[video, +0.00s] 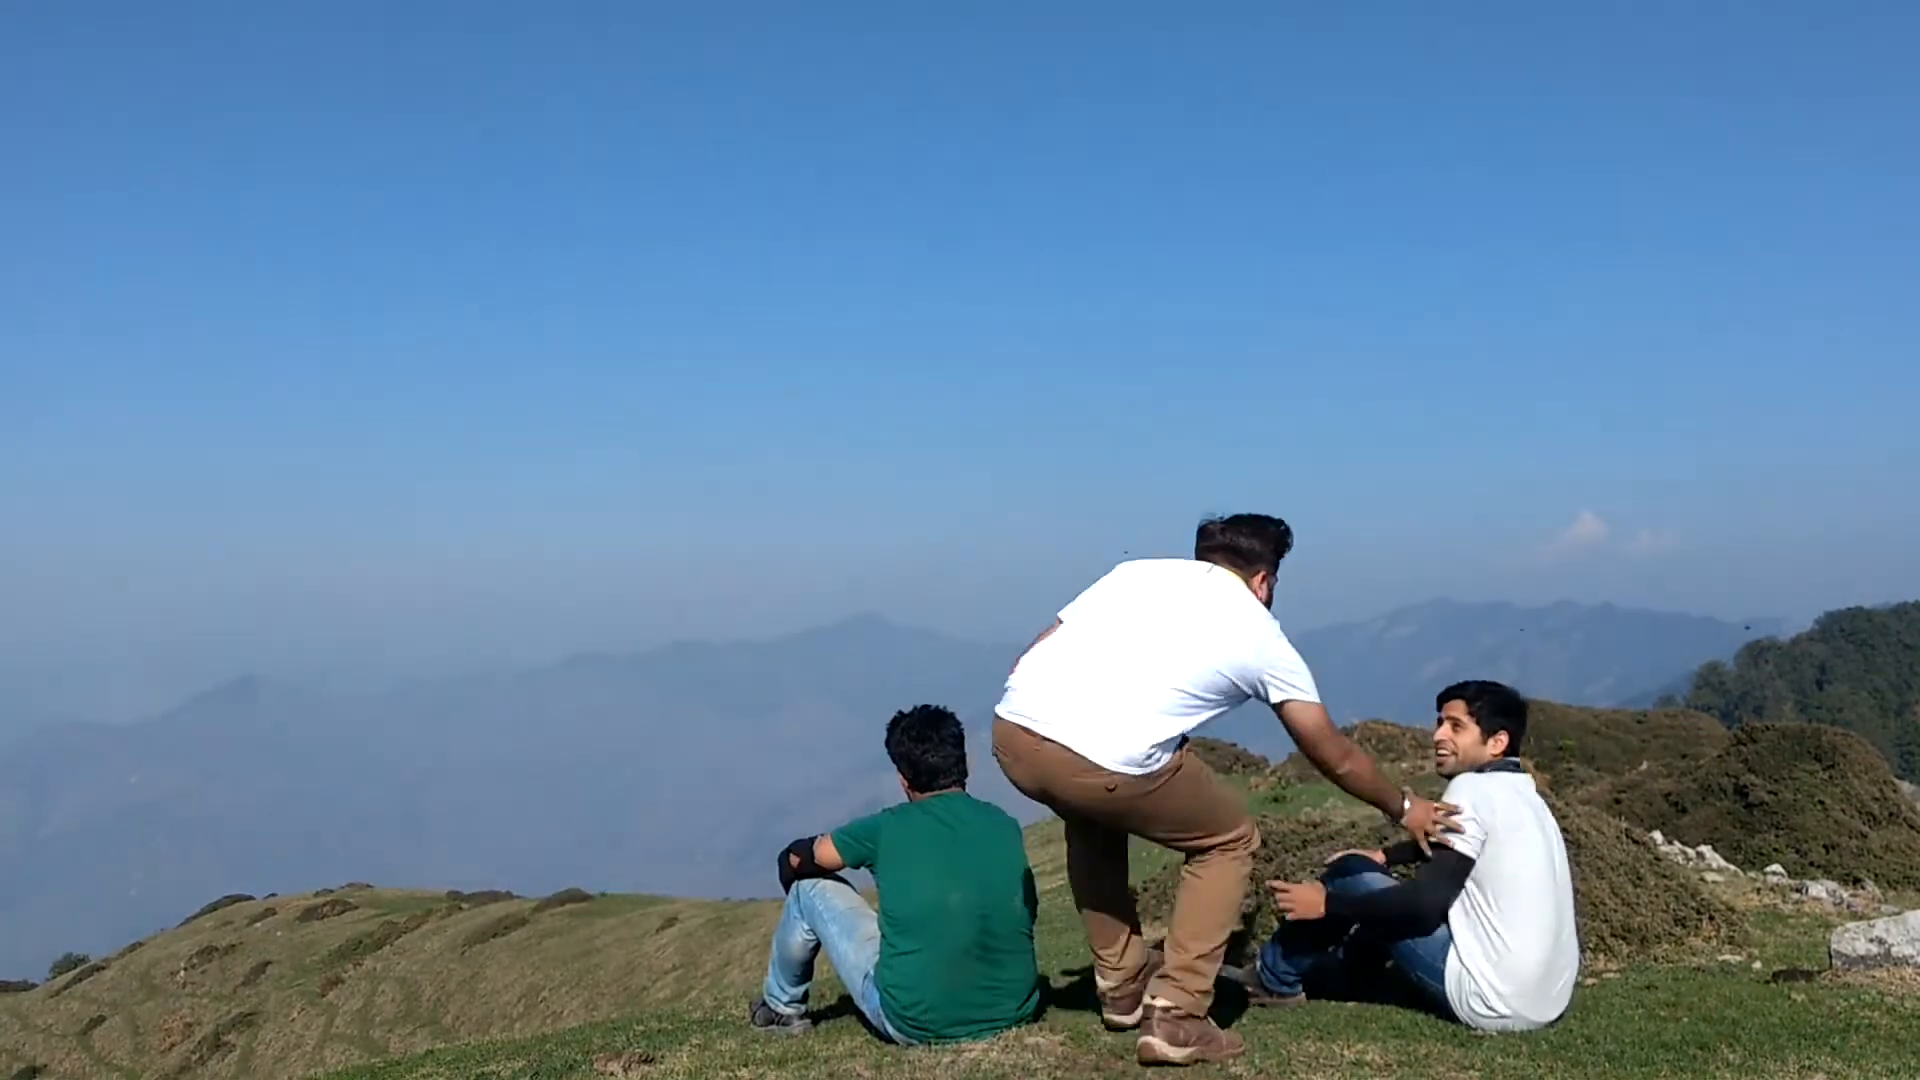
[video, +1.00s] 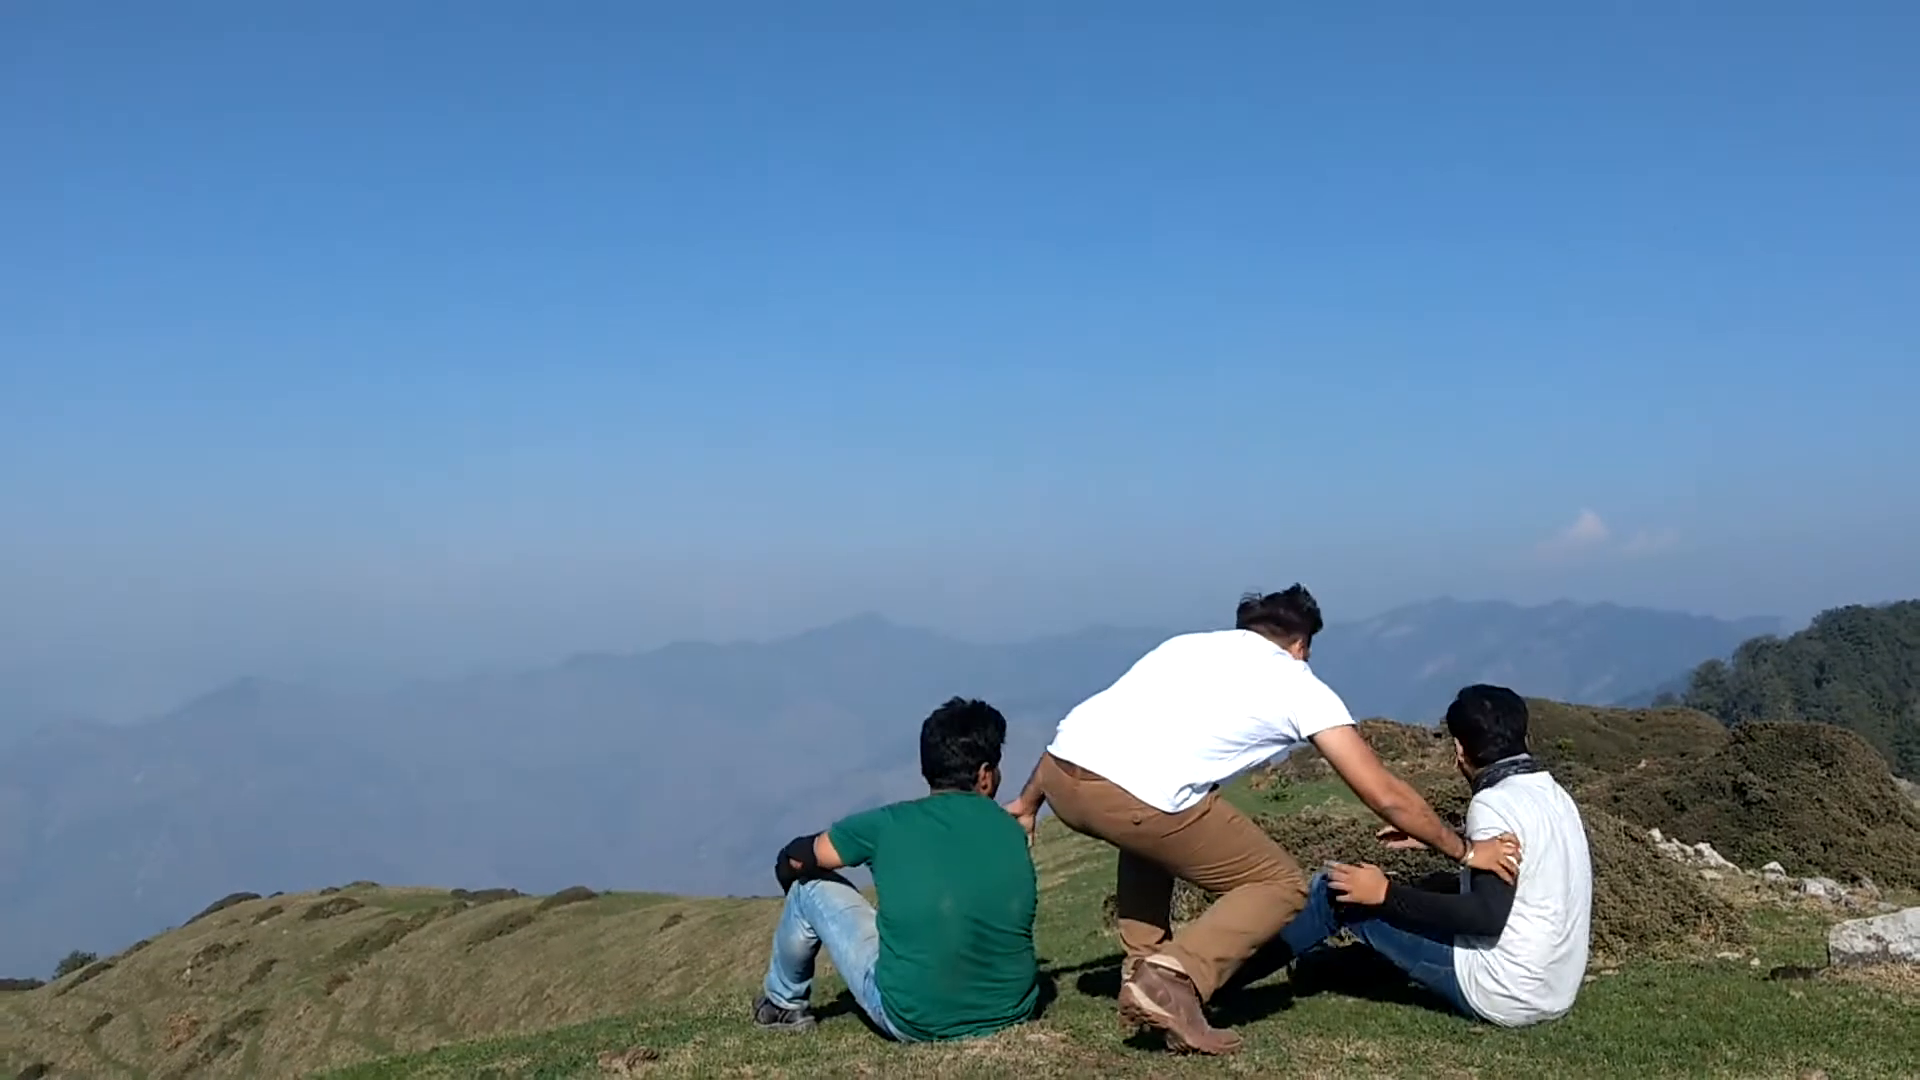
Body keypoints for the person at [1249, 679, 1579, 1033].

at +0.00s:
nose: (1438, 737)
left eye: (1455, 726)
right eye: (1440, 724)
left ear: (1496, 742)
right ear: (1500, 746)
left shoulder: (1472, 790)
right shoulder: (1529, 796)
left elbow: (1427, 905)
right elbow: (1464, 844)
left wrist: (1326, 902)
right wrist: (1387, 857)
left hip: (1488, 1005)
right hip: (1544, 1001)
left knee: (1351, 872)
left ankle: (1274, 975)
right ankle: (1351, 964)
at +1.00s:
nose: (1454, 753)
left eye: (1452, 743)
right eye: (1455, 740)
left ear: (1461, 750)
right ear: (1521, 738)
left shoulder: (1493, 802)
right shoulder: (1556, 795)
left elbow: (1487, 916)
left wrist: (1387, 894)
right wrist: (1435, 838)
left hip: (1504, 994)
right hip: (1554, 989)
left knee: (1337, 886)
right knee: (1443, 885)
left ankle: (1228, 973)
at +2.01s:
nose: (1448, 727)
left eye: (1464, 715)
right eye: (1451, 714)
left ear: (1507, 733)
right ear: (1507, 738)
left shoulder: (1497, 790)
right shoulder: (1543, 784)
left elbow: (1528, 895)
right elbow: (1591, 878)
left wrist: (1508, 1011)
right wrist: (1589, 973)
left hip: (1491, 979)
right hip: (1546, 988)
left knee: (1335, 879)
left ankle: (1211, 975)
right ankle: (1333, 979)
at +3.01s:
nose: (1480, 718)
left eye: (1495, 706)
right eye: (1481, 705)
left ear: (1539, 718)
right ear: (1537, 720)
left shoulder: (1534, 792)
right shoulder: (1572, 775)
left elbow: (1540, 904)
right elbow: (1591, 883)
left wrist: (1513, 1013)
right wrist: (1592, 976)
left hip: (1516, 971)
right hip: (1555, 966)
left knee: (1360, 907)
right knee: (1457, 868)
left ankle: (1218, 983)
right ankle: (1349, 966)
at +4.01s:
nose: (1476, 737)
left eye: (1491, 726)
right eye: (1477, 724)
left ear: (1535, 738)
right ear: (1533, 741)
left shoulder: (1543, 810)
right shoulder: (1560, 790)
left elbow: (1582, 921)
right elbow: (1604, 877)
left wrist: (1496, 977)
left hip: (1542, 992)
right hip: (1557, 967)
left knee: (1380, 954)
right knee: (1460, 892)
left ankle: (1221, 998)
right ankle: (1349, 958)